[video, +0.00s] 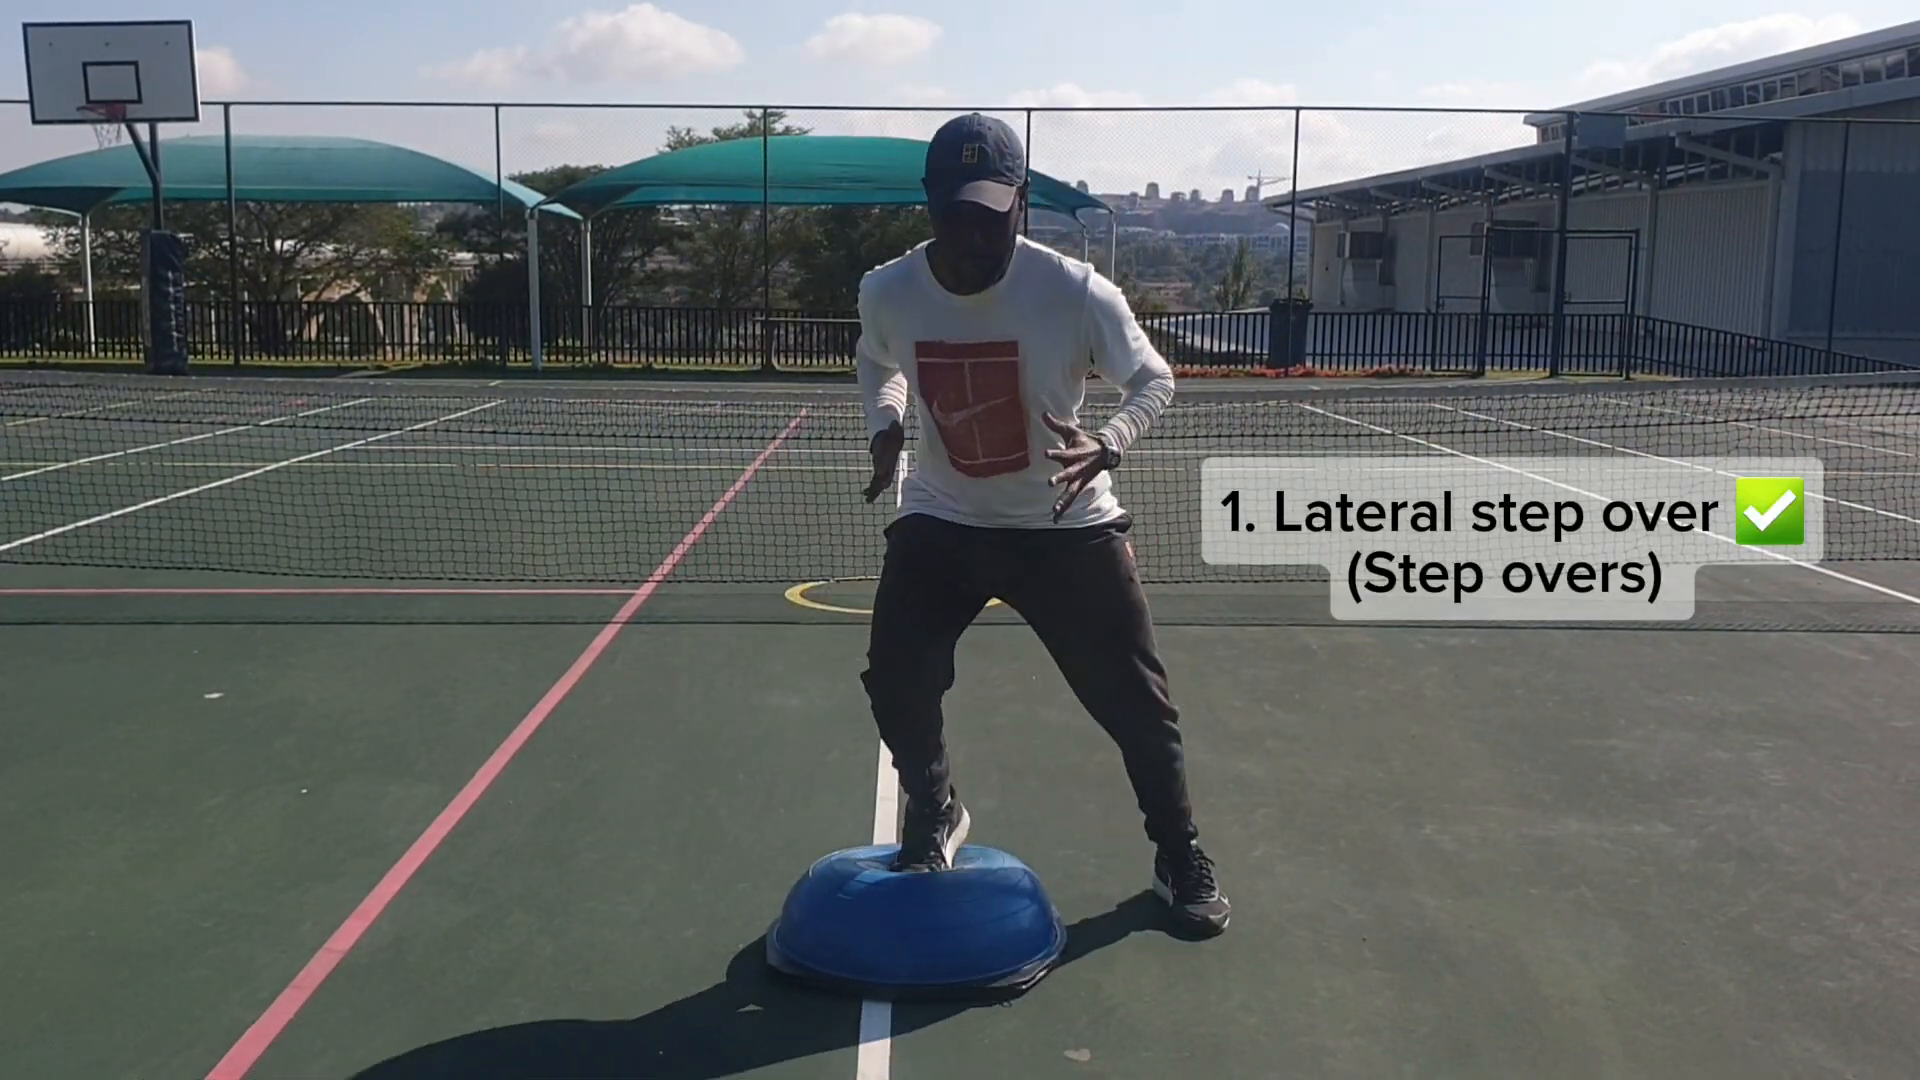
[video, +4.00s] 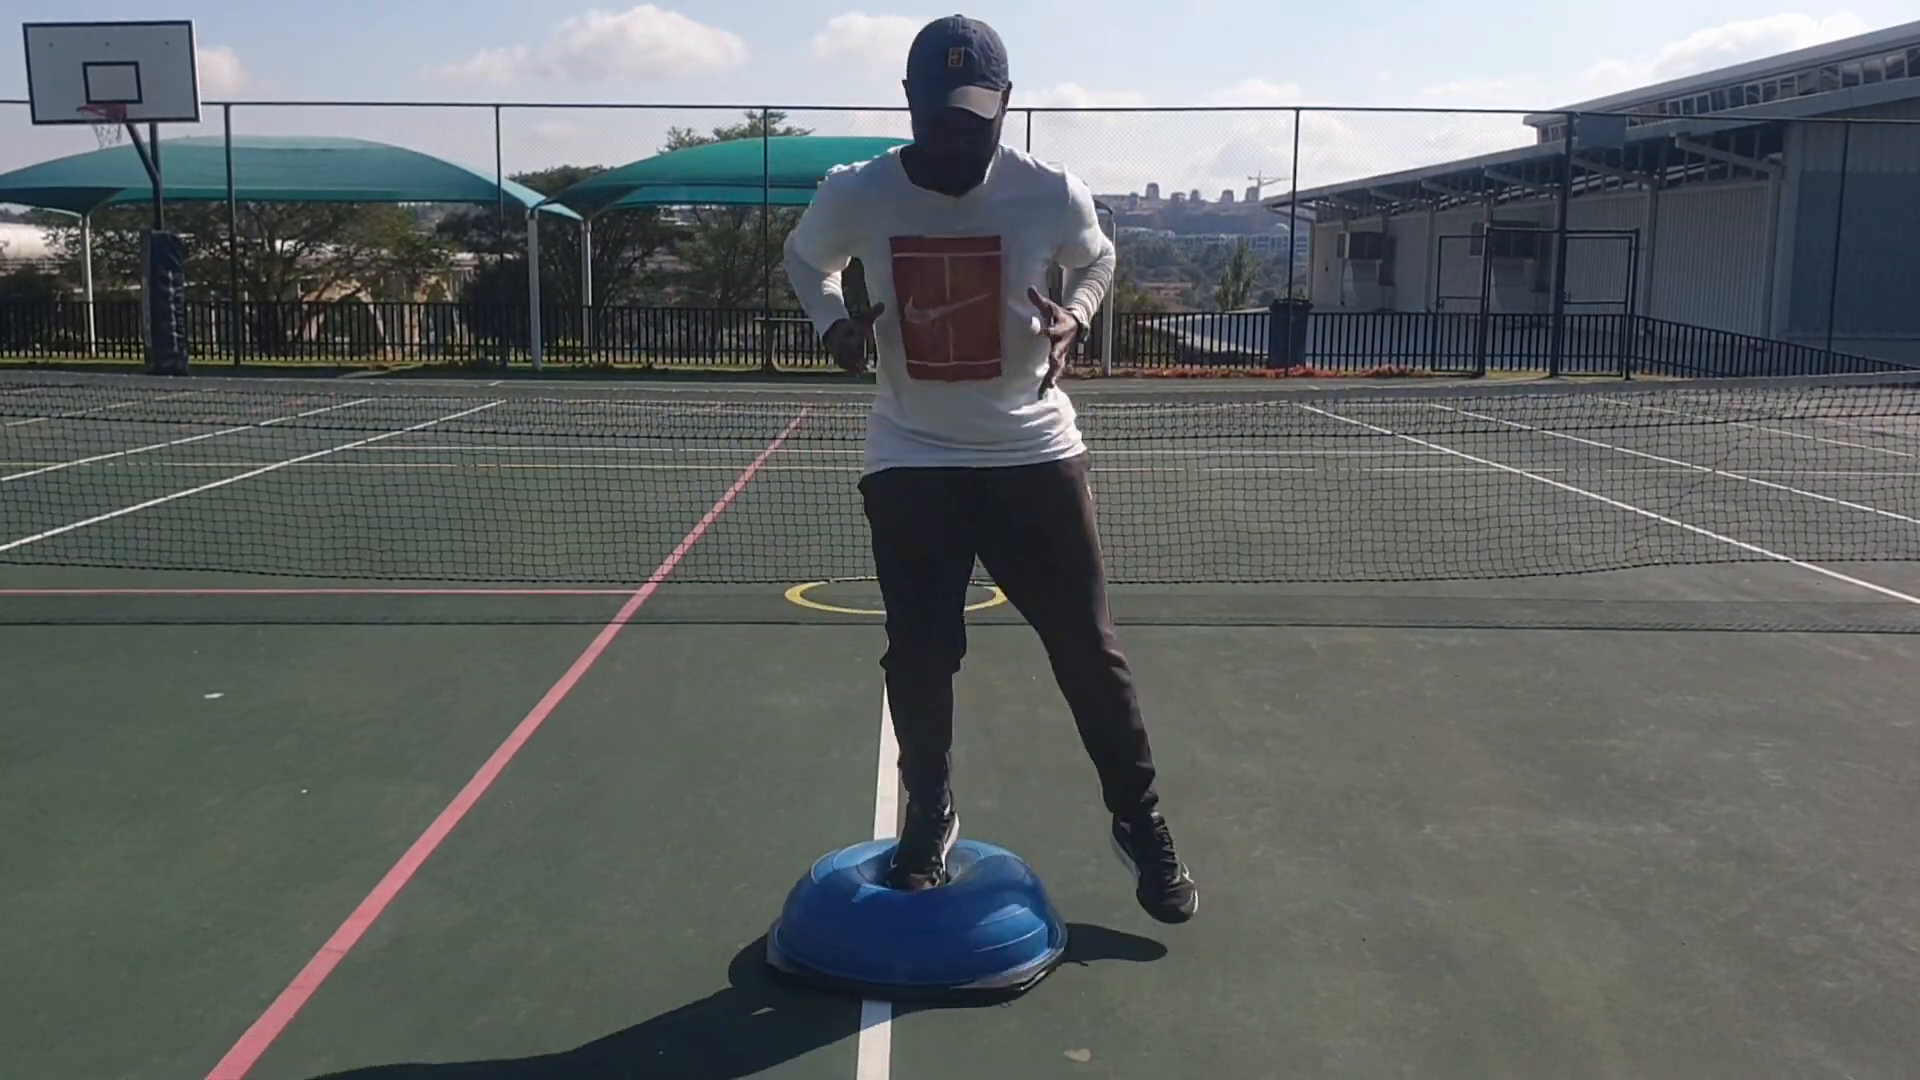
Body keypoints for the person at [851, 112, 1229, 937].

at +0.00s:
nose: (976, 235)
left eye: (994, 216)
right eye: (959, 215)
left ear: (1022, 206)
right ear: (930, 206)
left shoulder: (1079, 294)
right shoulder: (885, 295)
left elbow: (1152, 382)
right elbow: (876, 369)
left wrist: (1113, 435)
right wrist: (886, 424)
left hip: (1066, 524)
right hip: (941, 521)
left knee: (1139, 699)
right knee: (897, 679)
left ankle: (1180, 856)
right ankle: (929, 807)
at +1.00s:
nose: (953, 97)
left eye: (968, 79)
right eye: (935, 79)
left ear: (992, 64)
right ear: (900, 60)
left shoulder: (1035, 143)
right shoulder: (841, 152)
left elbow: (1102, 198)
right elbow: (761, 204)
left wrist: (1077, 258)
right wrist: (775, 295)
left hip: (1018, 397)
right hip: (896, 405)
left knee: (1071, 587)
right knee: (900, 611)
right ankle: (933, 771)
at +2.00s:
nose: (867, 131)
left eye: (883, 113)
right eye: (850, 113)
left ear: (913, 108)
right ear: (819, 108)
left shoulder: (963, 209)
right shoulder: (766, 204)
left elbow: (1006, 279)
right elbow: (709, 294)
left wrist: (977, 311)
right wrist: (738, 339)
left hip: (905, 469)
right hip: (782, 474)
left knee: (912, 662)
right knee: (727, 670)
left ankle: (875, 826)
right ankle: (667, 841)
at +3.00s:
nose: (870, 102)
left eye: (885, 83)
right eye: (852, 83)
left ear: (913, 67)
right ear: (820, 68)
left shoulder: (960, 152)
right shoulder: (767, 145)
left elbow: (1001, 194)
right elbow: (686, 196)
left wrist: (975, 260)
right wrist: (723, 283)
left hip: (906, 425)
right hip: (782, 424)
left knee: (918, 629)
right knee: (727, 620)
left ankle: (871, 794)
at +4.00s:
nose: (972, 132)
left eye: (986, 114)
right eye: (954, 115)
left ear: (1007, 105)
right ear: (913, 103)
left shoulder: (1052, 198)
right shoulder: (852, 197)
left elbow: (1098, 263)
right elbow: (803, 261)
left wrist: (1077, 309)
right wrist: (834, 321)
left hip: (1034, 449)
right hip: (912, 455)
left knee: (1090, 652)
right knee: (917, 652)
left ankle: (1143, 828)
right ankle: (925, 819)